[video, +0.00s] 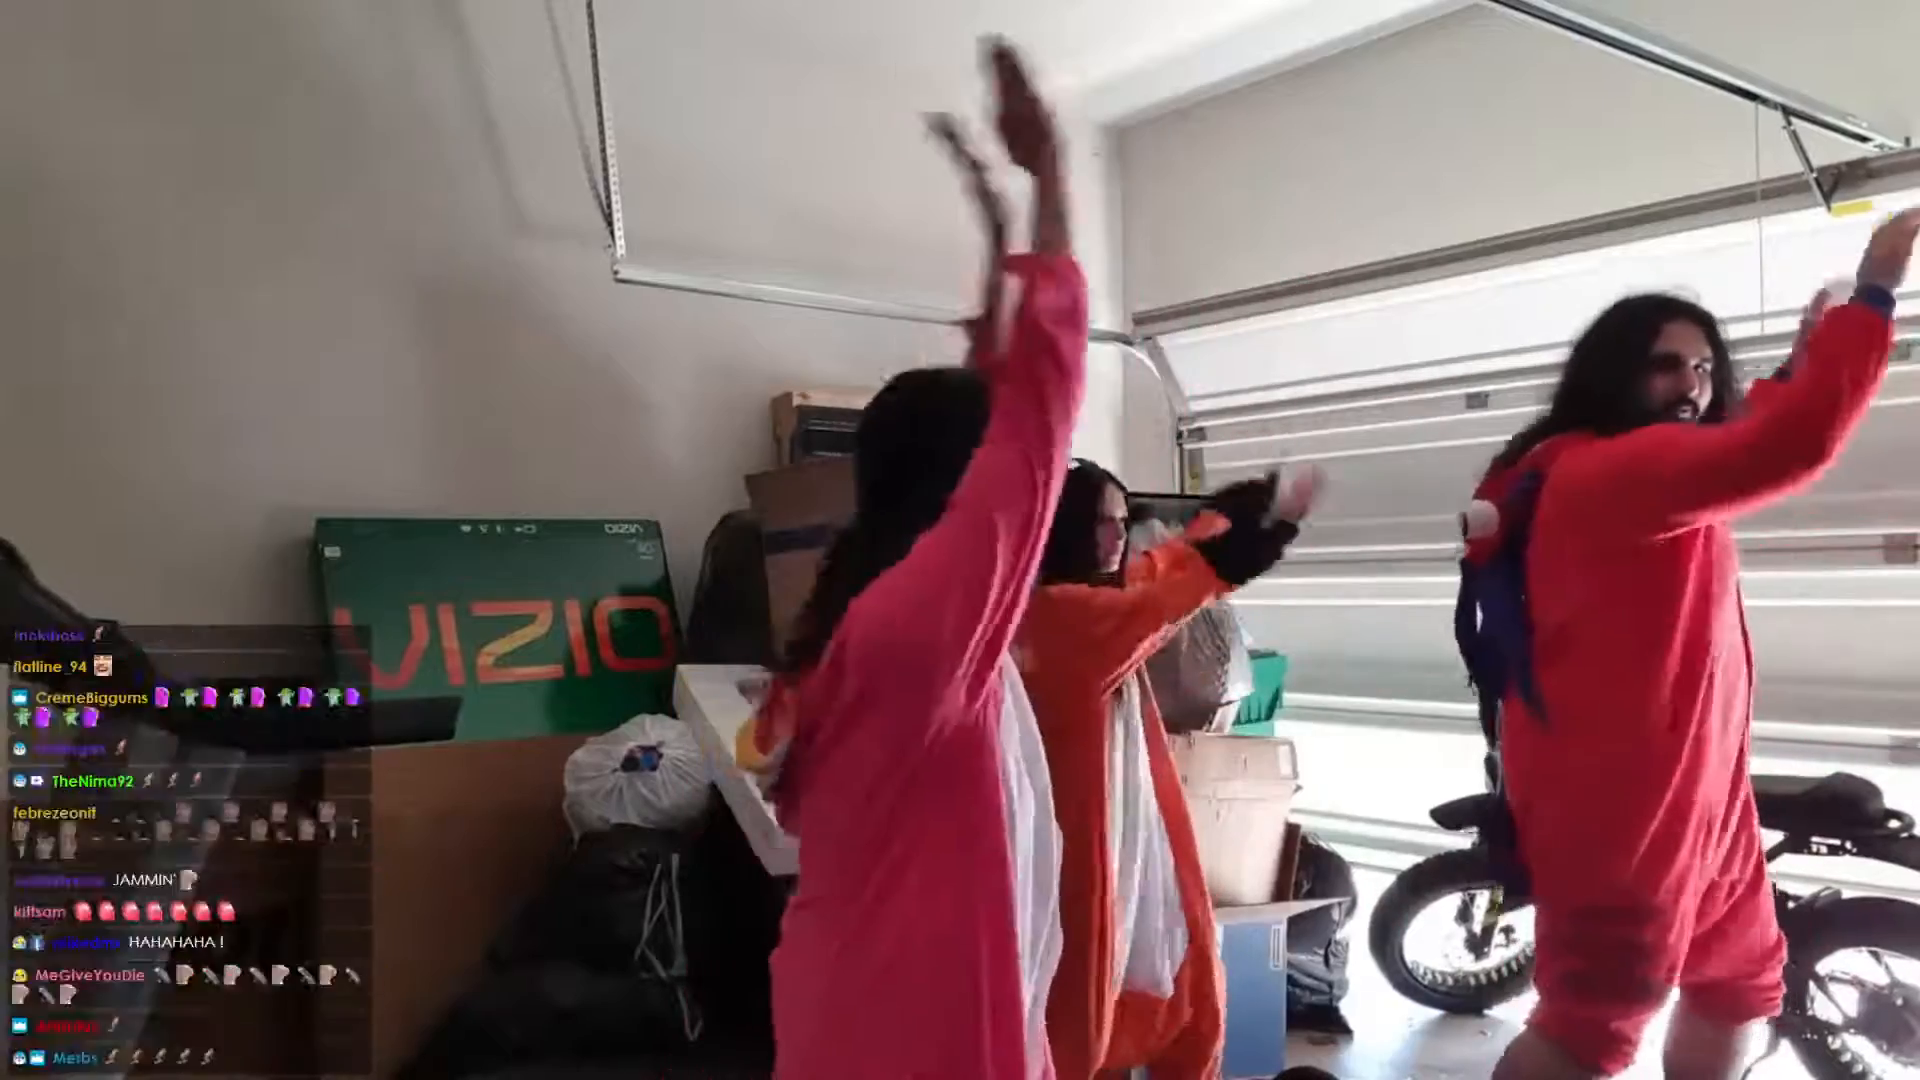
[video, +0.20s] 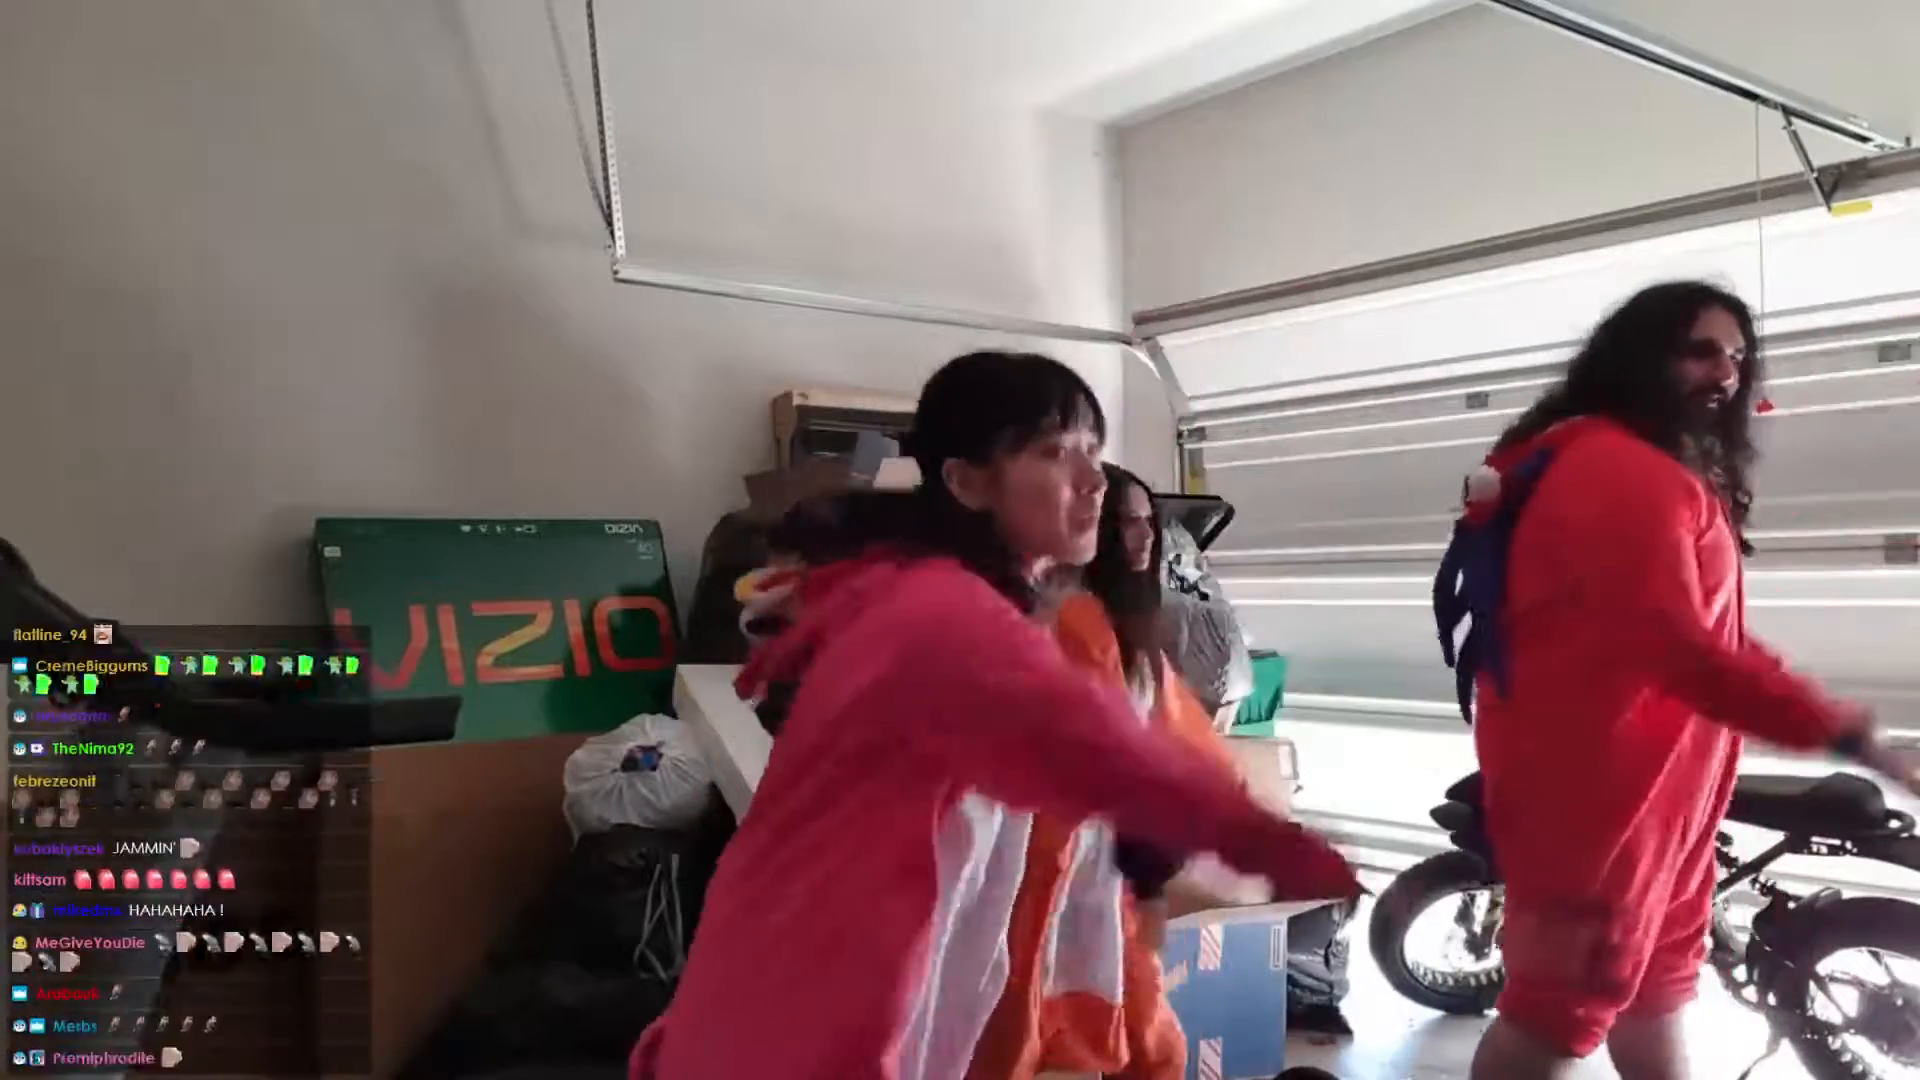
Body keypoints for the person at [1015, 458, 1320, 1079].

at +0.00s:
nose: (1123, 538)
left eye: (1125, 524)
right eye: (1109, 524)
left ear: (1124, 529)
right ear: (1067, 529)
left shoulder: (1097, 600)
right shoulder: (1051, 613)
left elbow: (1173, 559)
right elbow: (1157, 597)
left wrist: (1259, 503)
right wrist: (1271, 525)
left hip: (1138, 838)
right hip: (1074, 852)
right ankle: (1079, 1064)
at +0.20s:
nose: (1089, 486)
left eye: (1093, 462)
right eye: (1058, 457)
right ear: (966, 481)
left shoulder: (951, 604)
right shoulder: (934, 608)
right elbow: (1106, 753)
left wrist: (1184, 846)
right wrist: (1295, 856)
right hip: (799, 1024)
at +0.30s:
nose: (1100, 513)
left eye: (1102, 486)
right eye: (1058, 489)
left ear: (1114, 496)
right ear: (975, 527)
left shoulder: (1019, 661)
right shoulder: (960, 679)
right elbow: (1065, 943)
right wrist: (1140, 1067)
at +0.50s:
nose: (992, 467)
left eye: (1004, 438)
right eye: (951, 441)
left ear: (1021, 457)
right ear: (878, 475)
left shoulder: (930, 625)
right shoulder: (889, 647)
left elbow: (1032, 795)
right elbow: (1016, 896)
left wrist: (1127, 920)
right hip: (819, 1036)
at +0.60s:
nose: (922, 444)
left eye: (932, 416)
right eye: (879, 418)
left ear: (953, 433)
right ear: (801, 448)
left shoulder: (895, 588)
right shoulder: (834, 608)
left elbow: (1083, 629)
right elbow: (1095, 703)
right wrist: (1422, 708)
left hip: (928, 1014)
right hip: (839, 1031)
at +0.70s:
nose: (896, 480)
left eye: (903, 449)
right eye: (849, 460)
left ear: (918, 458)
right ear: (777, 503)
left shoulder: (868, 620)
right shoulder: (802, 650)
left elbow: (1002, 527)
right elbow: (1016, 560)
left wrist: (1118, 350)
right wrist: (1230, 337)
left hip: (962, 1021)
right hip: (868, 1041)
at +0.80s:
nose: (906, 511)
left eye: (912, 480)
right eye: (861, 492)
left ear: (926, 488)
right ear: (784, 534)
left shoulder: (855, 661)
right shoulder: (819, 681)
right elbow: (989, 522)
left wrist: (990, 289)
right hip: (872, 1052)